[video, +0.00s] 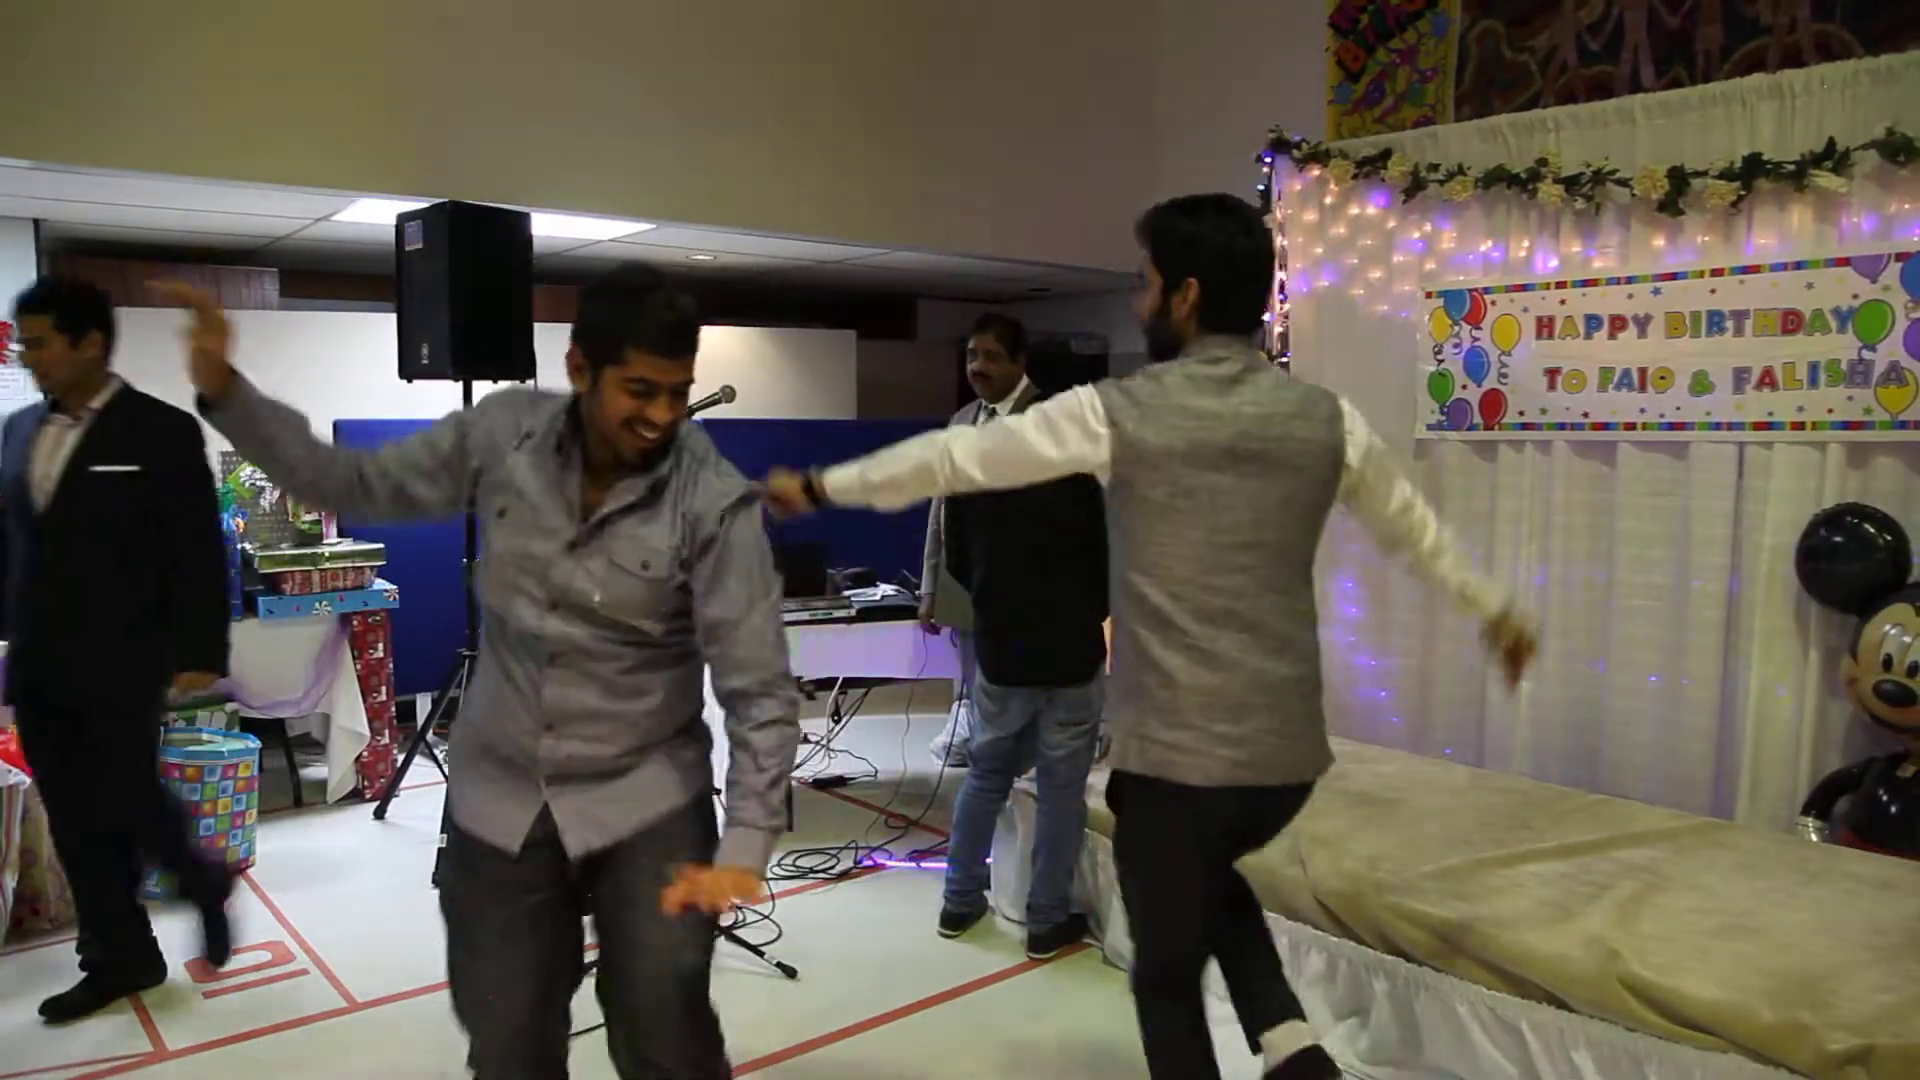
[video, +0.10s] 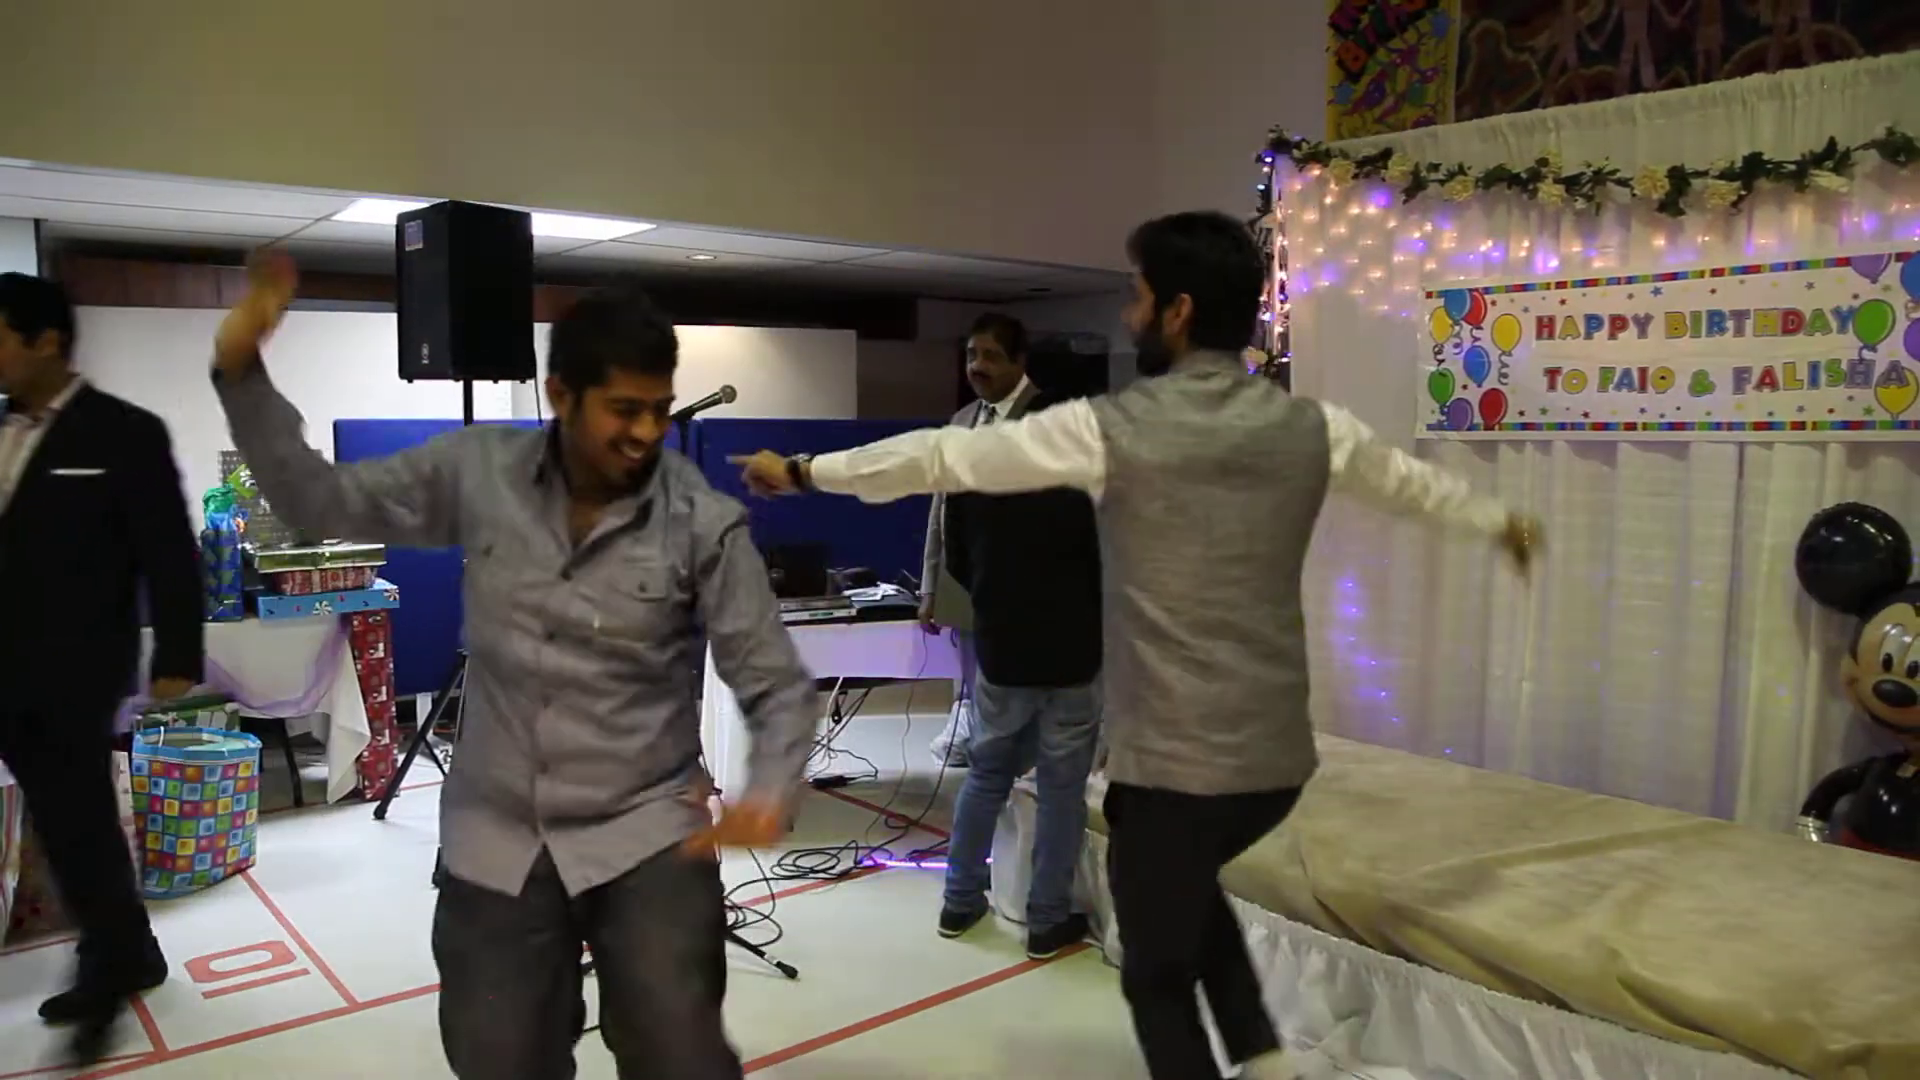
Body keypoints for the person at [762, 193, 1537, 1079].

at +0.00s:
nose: (1139, 299)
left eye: (1146, 282)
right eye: (1143, 280)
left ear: (1186, 295)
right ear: (1255, 296)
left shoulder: (1124, 411)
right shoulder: (1323, 416)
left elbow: (969, 455)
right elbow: (1415, 528)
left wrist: (825, 485)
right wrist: (1497, 612)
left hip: (1176, 762)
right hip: (1287, 758)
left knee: (1169, 982)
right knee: (1209, 871)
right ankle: (1289, 1045)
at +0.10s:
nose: (1127, 312)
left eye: (1137, 296)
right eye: (1132, 294)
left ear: (1175, 309)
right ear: (1239, 312)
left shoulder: (1118, 426)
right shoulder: (1311, 427)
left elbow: (964, 455)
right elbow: (1414, 483)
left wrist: (814, 471)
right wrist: (1498, 521)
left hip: (1173, 770)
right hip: (1276, 764)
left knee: (1158, 974)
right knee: (1185, 886)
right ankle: (1259, 1053)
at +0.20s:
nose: (1119, 328)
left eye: (1129, 312)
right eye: (1121, 310)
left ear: (1172, 323)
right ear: (1227, 325)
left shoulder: (1123, 438)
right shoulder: (1298, 434)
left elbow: (965, 475)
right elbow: (1393, 447)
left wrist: (809, 495)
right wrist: (1471, 434)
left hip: (1164, 774)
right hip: (1258, 768)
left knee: (1145, 981)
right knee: (1159, 923)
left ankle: (1203, 1075)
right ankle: (1211, 1062)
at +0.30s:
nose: (1110, 328)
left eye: (1121, 311)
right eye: (1115, 309)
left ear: (1168, 326)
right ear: (1209, 325)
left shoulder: (1112, 442)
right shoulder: (1282, 426)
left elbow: (957, 498)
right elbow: (1363, 400)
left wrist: (816, 543)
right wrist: (1417, 350)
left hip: (1161, 761)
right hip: (1252, 752)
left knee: (1149, 957)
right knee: (1145, 895)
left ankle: (1177, 1070)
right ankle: (1160, 1043)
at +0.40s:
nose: (1097, 324)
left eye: (1111, 308)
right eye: (1102, 306)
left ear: (1159, 325)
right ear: (1184, 325)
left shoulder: (1115, 442)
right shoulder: (1258, 416)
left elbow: (974, 530)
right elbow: (1315, 359)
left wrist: (828, 605)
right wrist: (1341, 298)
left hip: (1160, 748)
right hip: (1240, 734)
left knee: (1126, 939)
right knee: (1148, 908)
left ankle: (1174, 1075)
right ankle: (1162, 1062)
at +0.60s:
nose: (1083, 339)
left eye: (1100, 327)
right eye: (1088, 323)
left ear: (1154, 341)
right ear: (1171, 343)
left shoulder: (1124, 466)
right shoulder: (1214, 419)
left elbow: (1028, 602)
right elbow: (1205, 341)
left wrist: (927, 739)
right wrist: (1196, 243)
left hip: (1158, 725)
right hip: (1210, 710)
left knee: (1028, 860)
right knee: (1123, 888)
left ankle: (1171, 978)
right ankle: (1154, 1053)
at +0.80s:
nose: (1062, 338)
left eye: (1080, 325)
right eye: (1064, 322)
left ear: (1133, 339)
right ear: (1127, 337)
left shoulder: (1118, 472)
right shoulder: (1161, 401)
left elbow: (1094, 640)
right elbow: (1091, 299)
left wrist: (1067, 799)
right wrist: (1046, 220)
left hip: (1127, 724)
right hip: (1165, 701)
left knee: (1028, 872)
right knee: (1104, 883)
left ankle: (1134, 998)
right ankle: (1152, 1046)